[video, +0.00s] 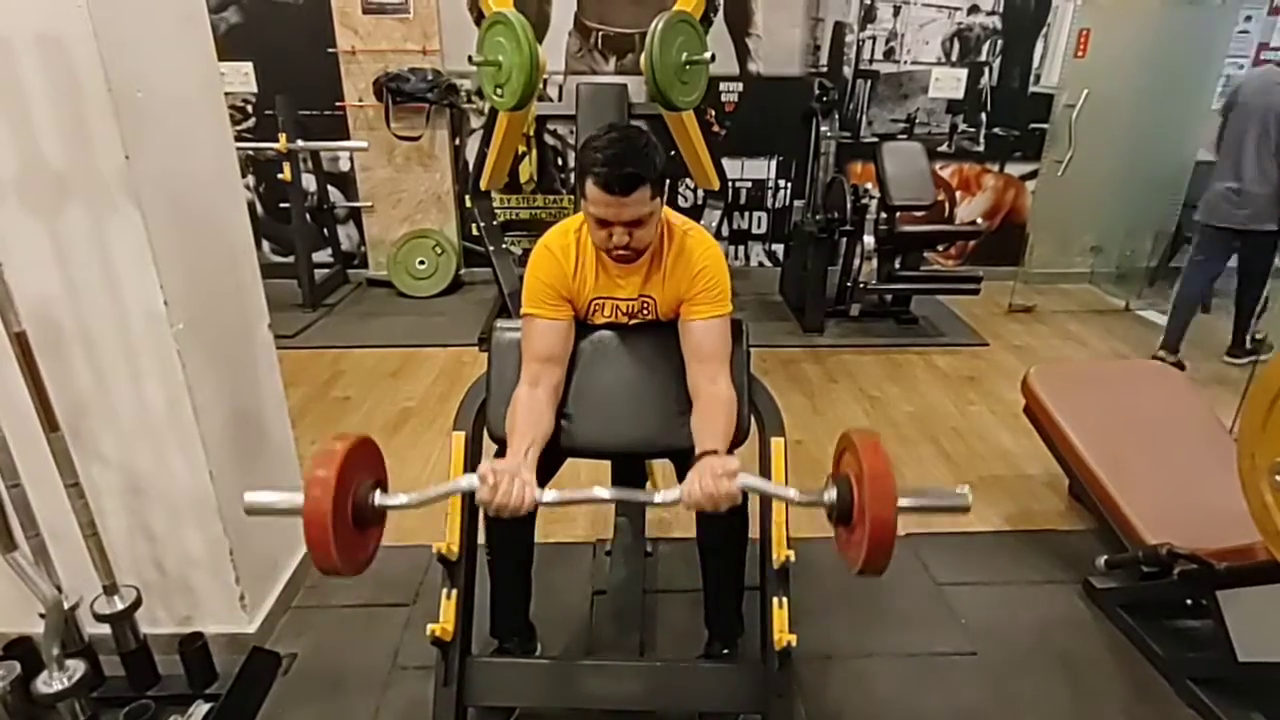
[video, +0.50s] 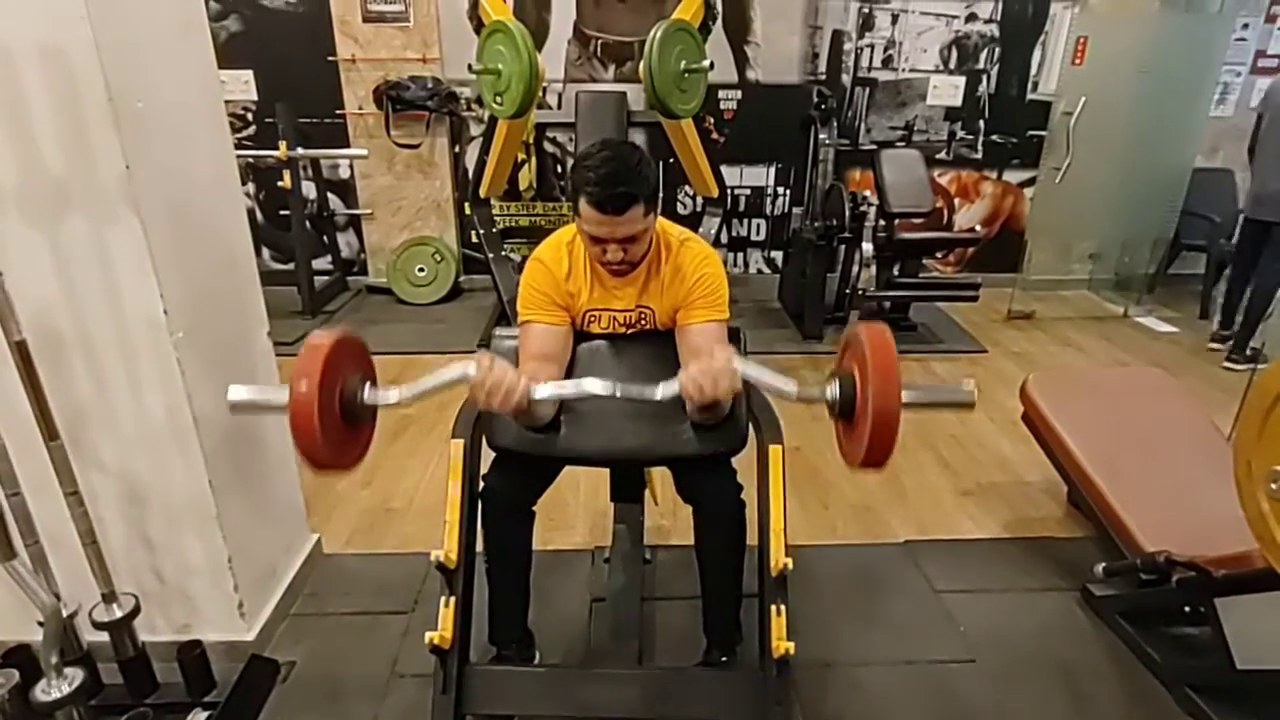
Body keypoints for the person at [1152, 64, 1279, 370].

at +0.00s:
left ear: (1273, 52)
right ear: (1279, 56)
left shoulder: (1246, 81)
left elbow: (1221, 140)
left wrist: (1235, 171)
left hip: (1223, 198)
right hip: (1267, 205)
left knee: (1200, 270)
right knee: (1253, 278)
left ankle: (1168, 347)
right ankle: (1239, 344)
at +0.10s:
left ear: (1275, 49)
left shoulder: (1252, 81)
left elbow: (1229, 139)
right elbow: (1230, 138)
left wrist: (1240, 174)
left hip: (1227, 199)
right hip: (1270, 208)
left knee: (1203, 272)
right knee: (1255, 281)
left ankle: (1172, 345)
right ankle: (1241, 343)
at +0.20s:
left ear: (1276, 52)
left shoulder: (1262, 81)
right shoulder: (1263, 83)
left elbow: (1246, 136)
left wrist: (1246, 175)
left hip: (1251, 192)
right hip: (1278, 202)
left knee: (1222, 262)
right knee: (1266, 276)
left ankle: (1198, 319)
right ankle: (1241, 345)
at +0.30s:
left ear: (1277, 52)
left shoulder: (1267, 82)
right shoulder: (1266, 83)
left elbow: (1250, 136)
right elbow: (1250, 137)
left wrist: (1246, 176)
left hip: (1252, 191)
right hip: (1277, 201)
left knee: (1226, 256)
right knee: (1266, 275)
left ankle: (1202, 317)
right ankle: (1240, 345)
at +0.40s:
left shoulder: (1273, 86)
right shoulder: (1270, 87)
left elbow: (1251, 144)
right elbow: (1251, 145)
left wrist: (1258, 180)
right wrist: (1259, 181)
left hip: (1258, 197)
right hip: (1276, 204)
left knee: (1237, 262)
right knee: (1269, 275)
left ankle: (1217, 330)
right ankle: (1239, 347)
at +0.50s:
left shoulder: (1274, 89)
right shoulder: (1272, 90)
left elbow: (1253, 144)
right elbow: (1254, 146)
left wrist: (1260, 181)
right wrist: (1260, 181)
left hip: (1259, 198)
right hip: (1276, 204)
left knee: (1241, 267)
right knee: (1269, 277)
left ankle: (1223, 329)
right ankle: (1240, 348)